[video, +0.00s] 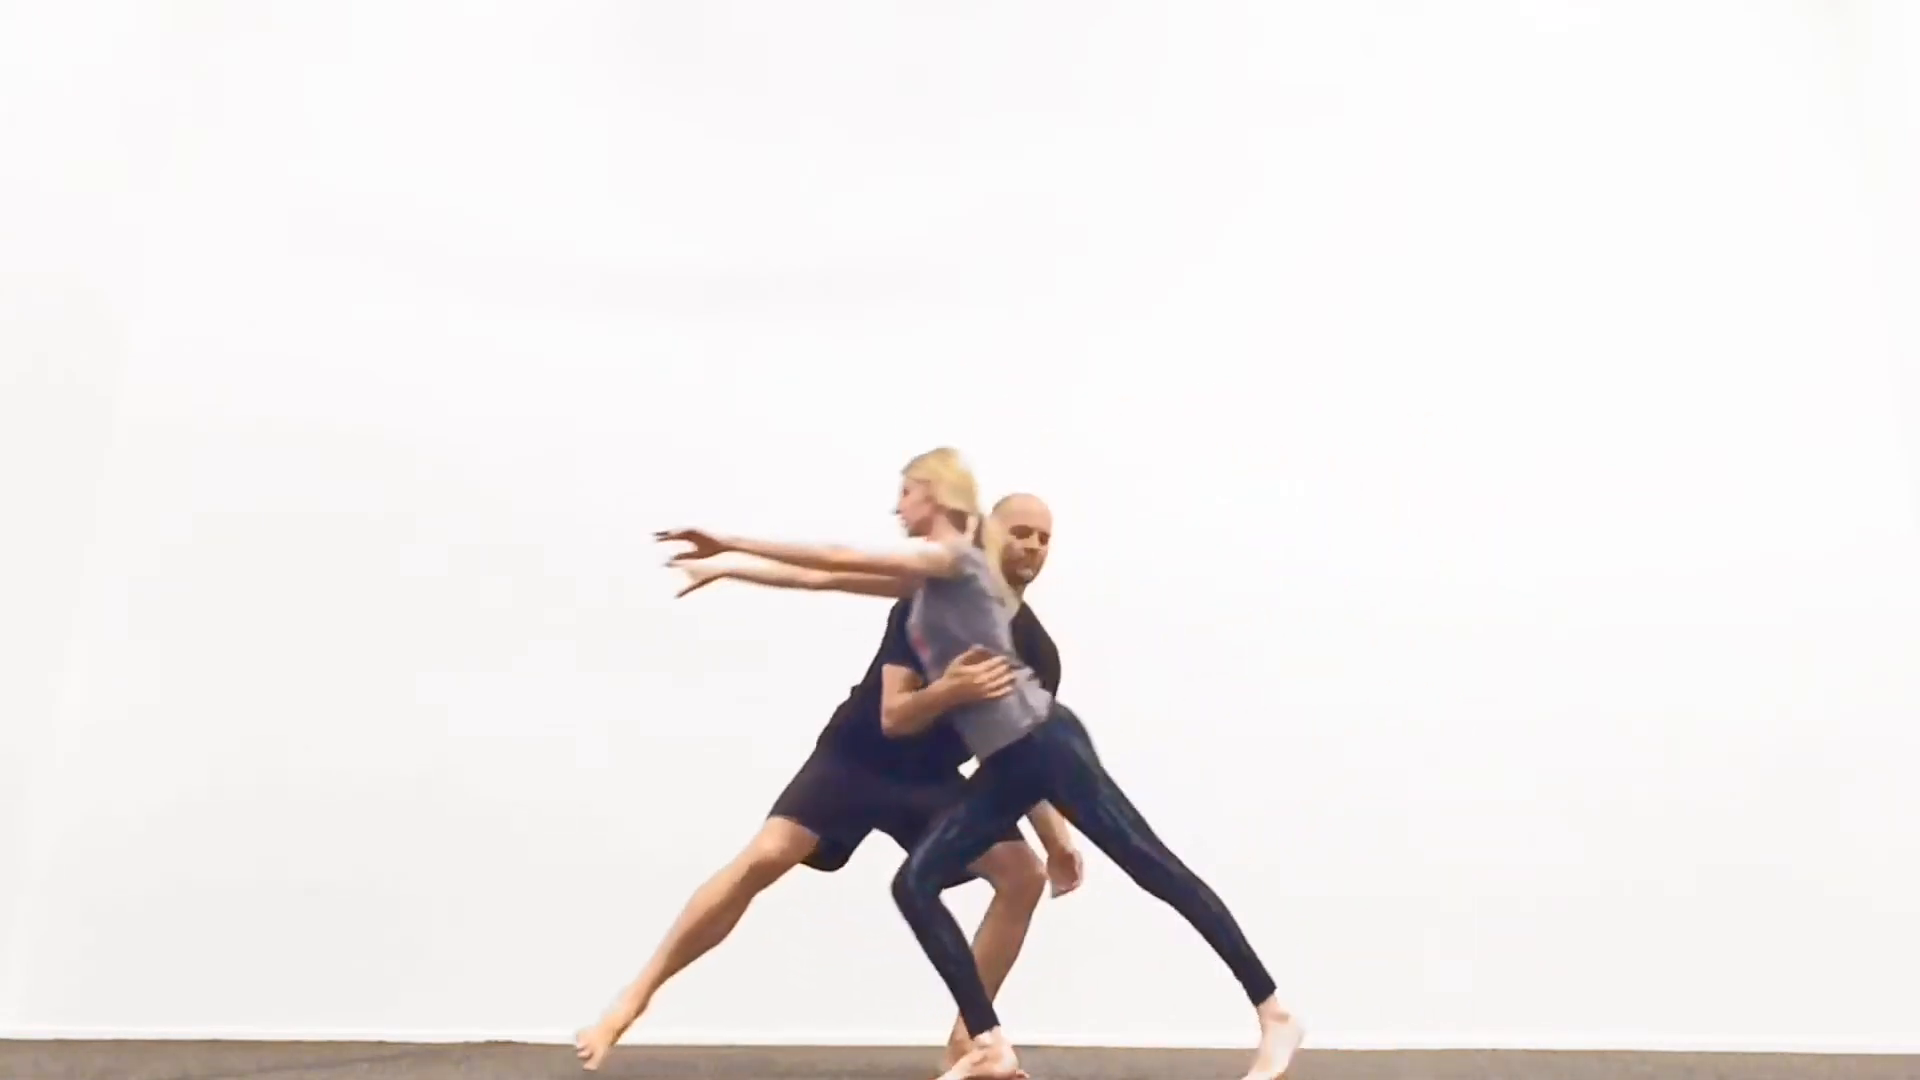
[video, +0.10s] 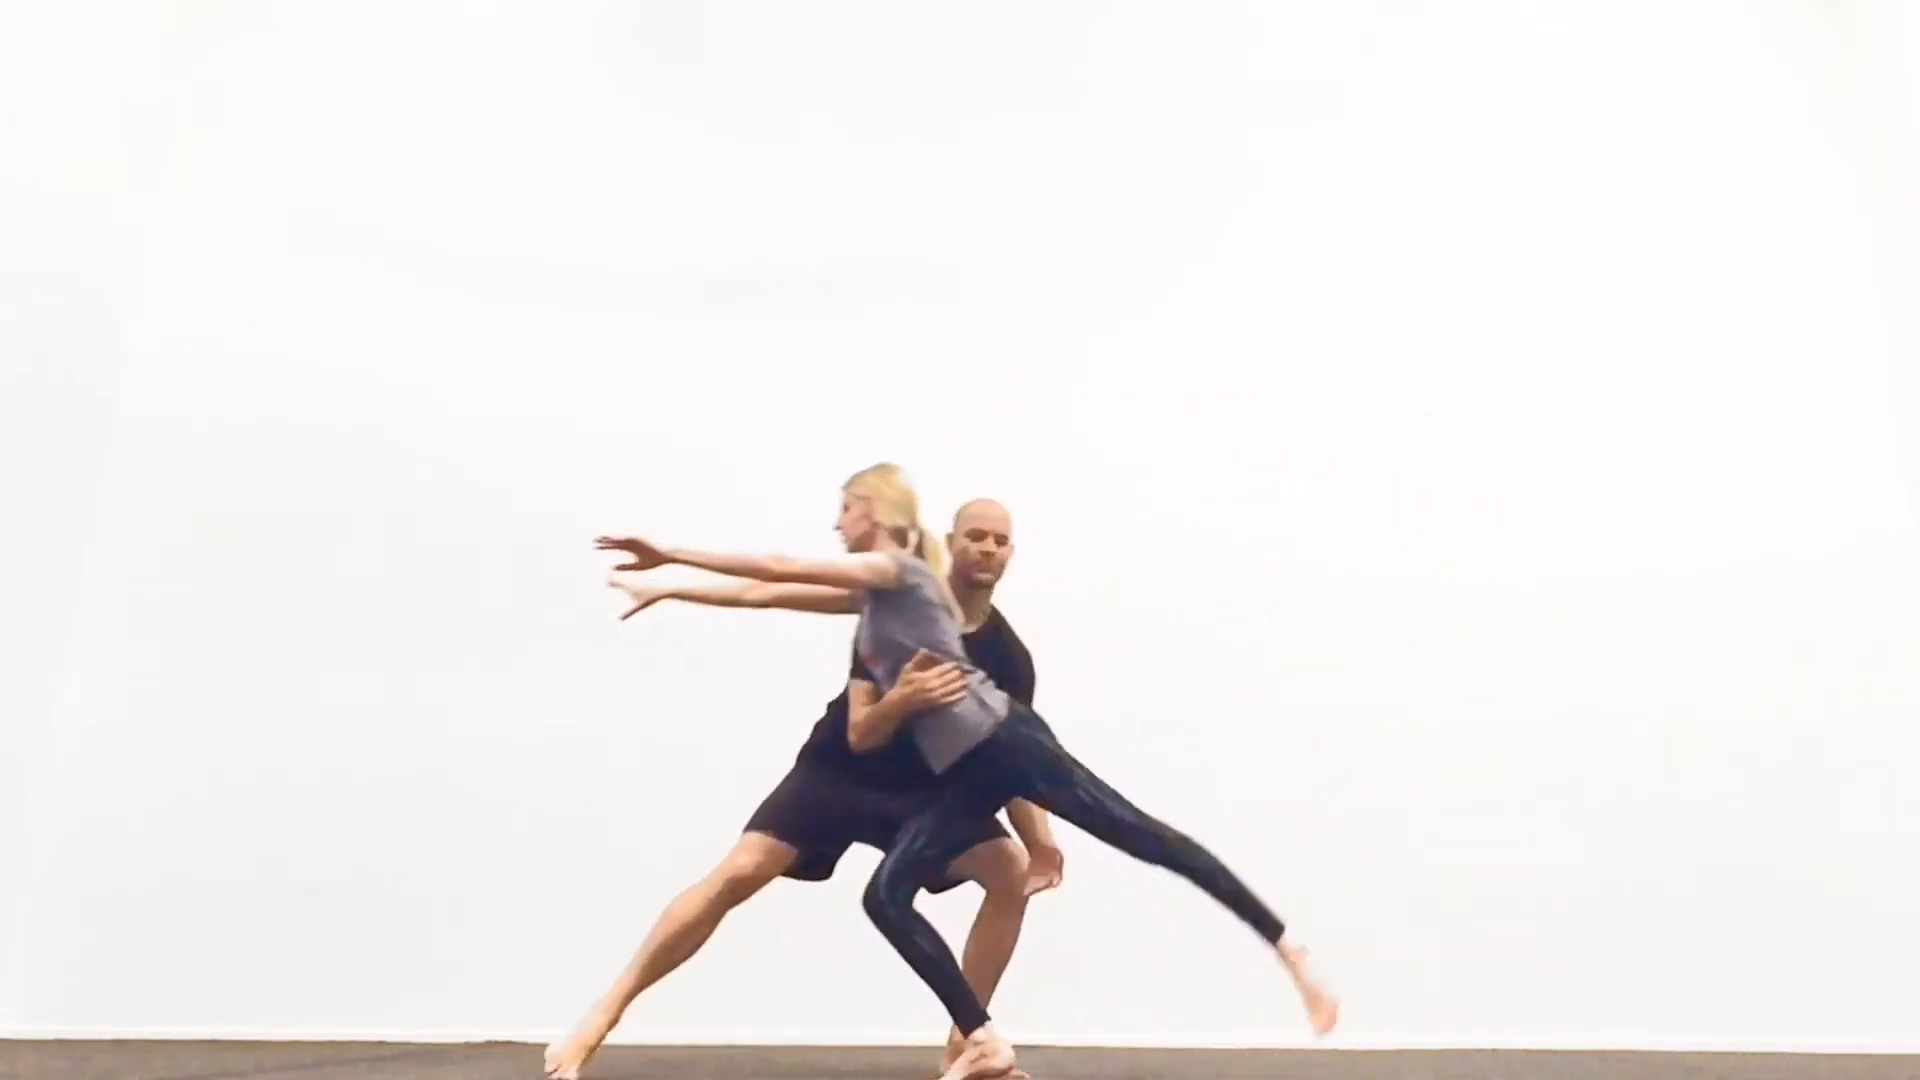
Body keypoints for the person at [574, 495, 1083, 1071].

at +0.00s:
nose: (1032, 549)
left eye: (1042, 539)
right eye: (1020, 535)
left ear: (1049, 550)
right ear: (984, 532)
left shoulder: (1034, 646)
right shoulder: (927, 599)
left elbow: (1021, 746)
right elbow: (894, 717)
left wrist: (1057, 837)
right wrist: (953, 690)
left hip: (931, 774)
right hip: (854, 759)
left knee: (1024, 878)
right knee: (766, 857)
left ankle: (962, 1045)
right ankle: (631, 1003)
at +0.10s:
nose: (988, 551)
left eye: (1000, 542)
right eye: (977, 537)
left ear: (1011, 555)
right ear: (950, 542)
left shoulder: (1009, 658)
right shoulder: (888, 612)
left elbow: (1010, 757)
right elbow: (858, 736)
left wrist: (1041, 844)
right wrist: (902, 701)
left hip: (917, 790)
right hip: (832, 776)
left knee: (1013, 876)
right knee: (740, 874)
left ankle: (965, 1043)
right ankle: (602, 1018)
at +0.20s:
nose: (927, 543)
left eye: (940, 532)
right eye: (915, 531)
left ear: (958, 545)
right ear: (892, 539)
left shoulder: (970, 652)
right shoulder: (839, 611)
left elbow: (987, 756)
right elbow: (821, 740)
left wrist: (1022, 825)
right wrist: (862, 700)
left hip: (894, 797)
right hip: (808, 785)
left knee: (994, 869)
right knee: (716, 879)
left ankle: (960, 1046)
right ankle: (590, 1037)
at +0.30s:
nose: (859, 524)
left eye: (872, 513)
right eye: (848, 515)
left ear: (898, 526)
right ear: (830, 527)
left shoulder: (925, 630)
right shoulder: (790, 602)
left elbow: (955, 733)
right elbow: (784, 730)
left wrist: (994, 767)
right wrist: (819, 677)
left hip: (861, 788)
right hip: (776, 785)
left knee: (970, 870)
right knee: (684, 877)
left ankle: (956, 1047)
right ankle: (580, 1046)